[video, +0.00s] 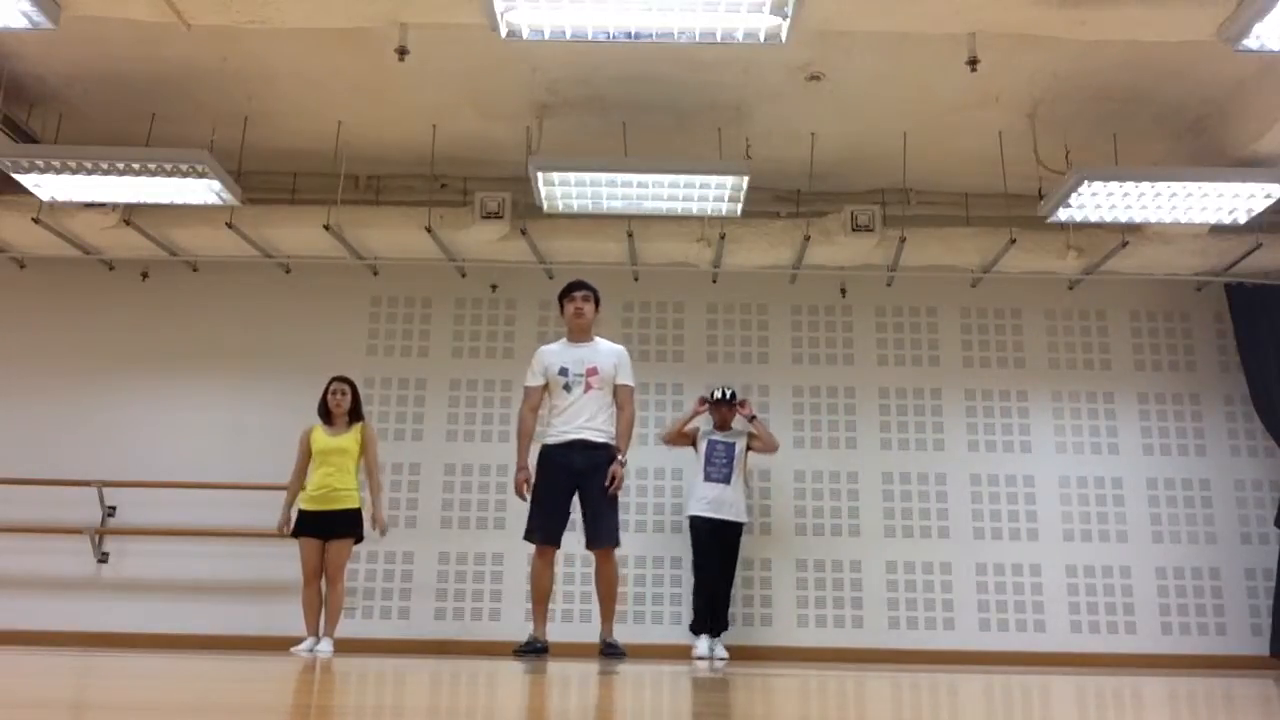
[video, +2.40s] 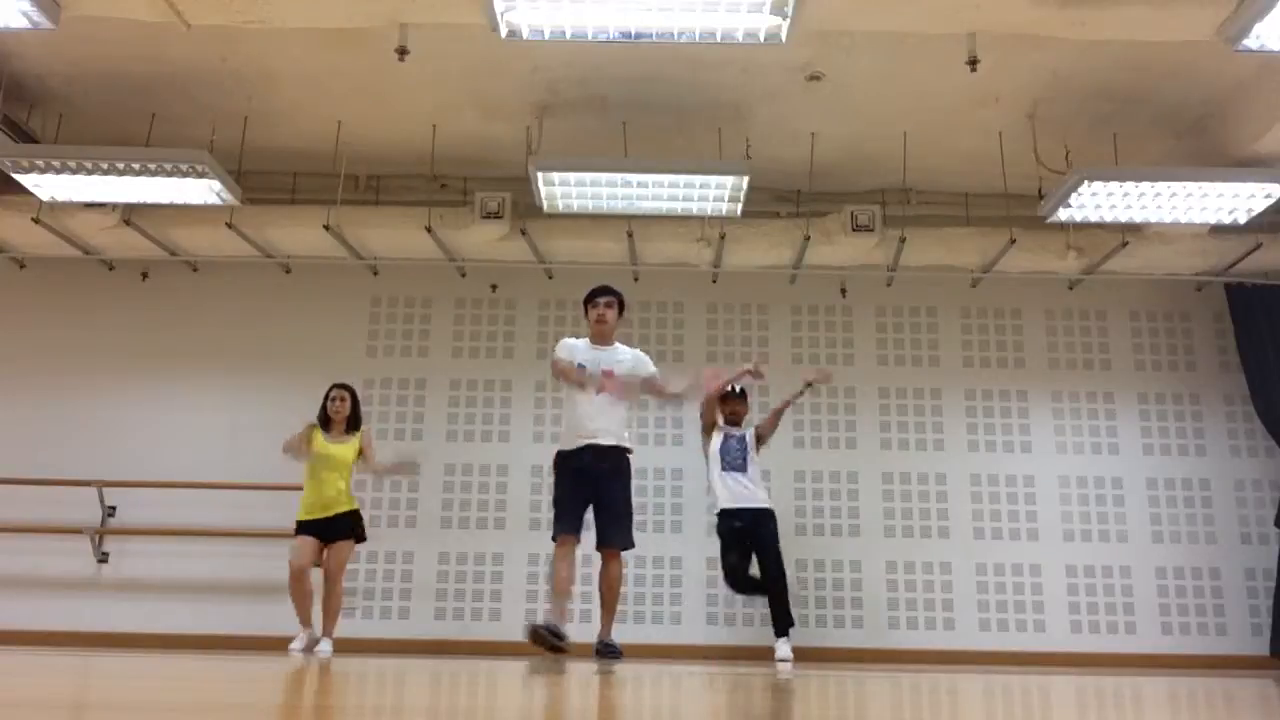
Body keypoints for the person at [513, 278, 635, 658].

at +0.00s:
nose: (579, 306)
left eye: (586, 301)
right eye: (572, 301)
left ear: (596, 310)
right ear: (562, 310)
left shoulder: (615, 354)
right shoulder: (545, 355)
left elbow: (626, 407)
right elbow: (529, 409)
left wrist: (620, 456)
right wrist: (522, 463)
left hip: (599, 456)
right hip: (554, 456)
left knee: (604, 548)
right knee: (544, 548)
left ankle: (607, 636)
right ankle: (538, 635)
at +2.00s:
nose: (607, 308)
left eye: (613, 303)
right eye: (600, 303)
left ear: (624, 312)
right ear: (590, 313)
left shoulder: (641, 357)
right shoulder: (572, 354)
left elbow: (655, 409)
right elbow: (554, 408)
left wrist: (655, 456)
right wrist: (555, 459)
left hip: (623, 457)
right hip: (582, 456)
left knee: (615, 550)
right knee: (584, 547)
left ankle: (606, 635)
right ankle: (586, 633)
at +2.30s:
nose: (608, 314)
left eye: (614, 309)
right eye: (601, 308)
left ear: (625, 318)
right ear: (591, 316)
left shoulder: (639, 364)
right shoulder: (572, 353)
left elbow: (652, 414)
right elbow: (560, 405)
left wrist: (668, 438)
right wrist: (579, 446)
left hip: (621, 457)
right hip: (579, 454)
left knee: (615, 549)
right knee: (578, 543)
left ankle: (606, 636)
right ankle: (582, 633)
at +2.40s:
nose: (602, 312)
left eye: (608, 307)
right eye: (596, 307)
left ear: (620, 315)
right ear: (586, 314)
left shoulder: (634, 358)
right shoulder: (570, 346)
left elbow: (660, 389)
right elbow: (561, 370)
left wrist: (690, 388)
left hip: (613, 458)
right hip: (572, 456)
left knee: (611, 549)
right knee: (565, 541)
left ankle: (606, 636)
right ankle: (555, 626)